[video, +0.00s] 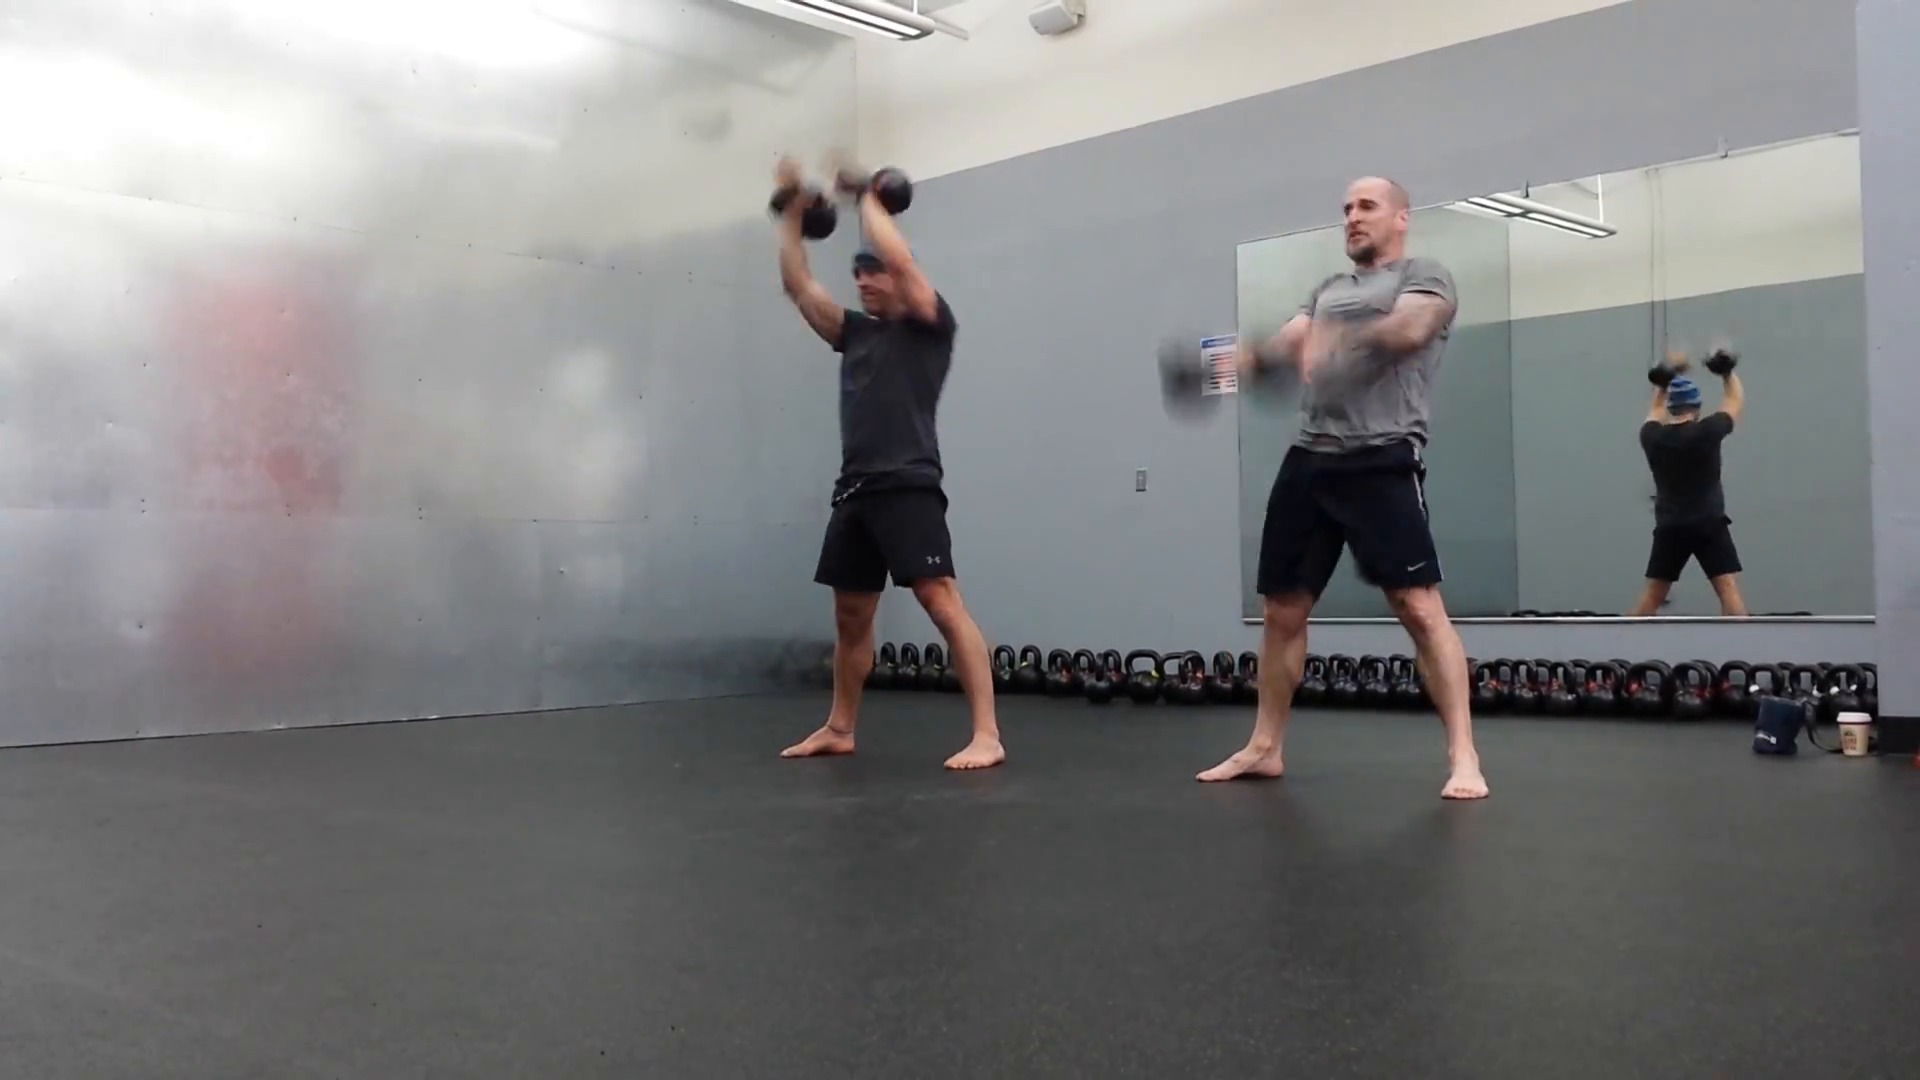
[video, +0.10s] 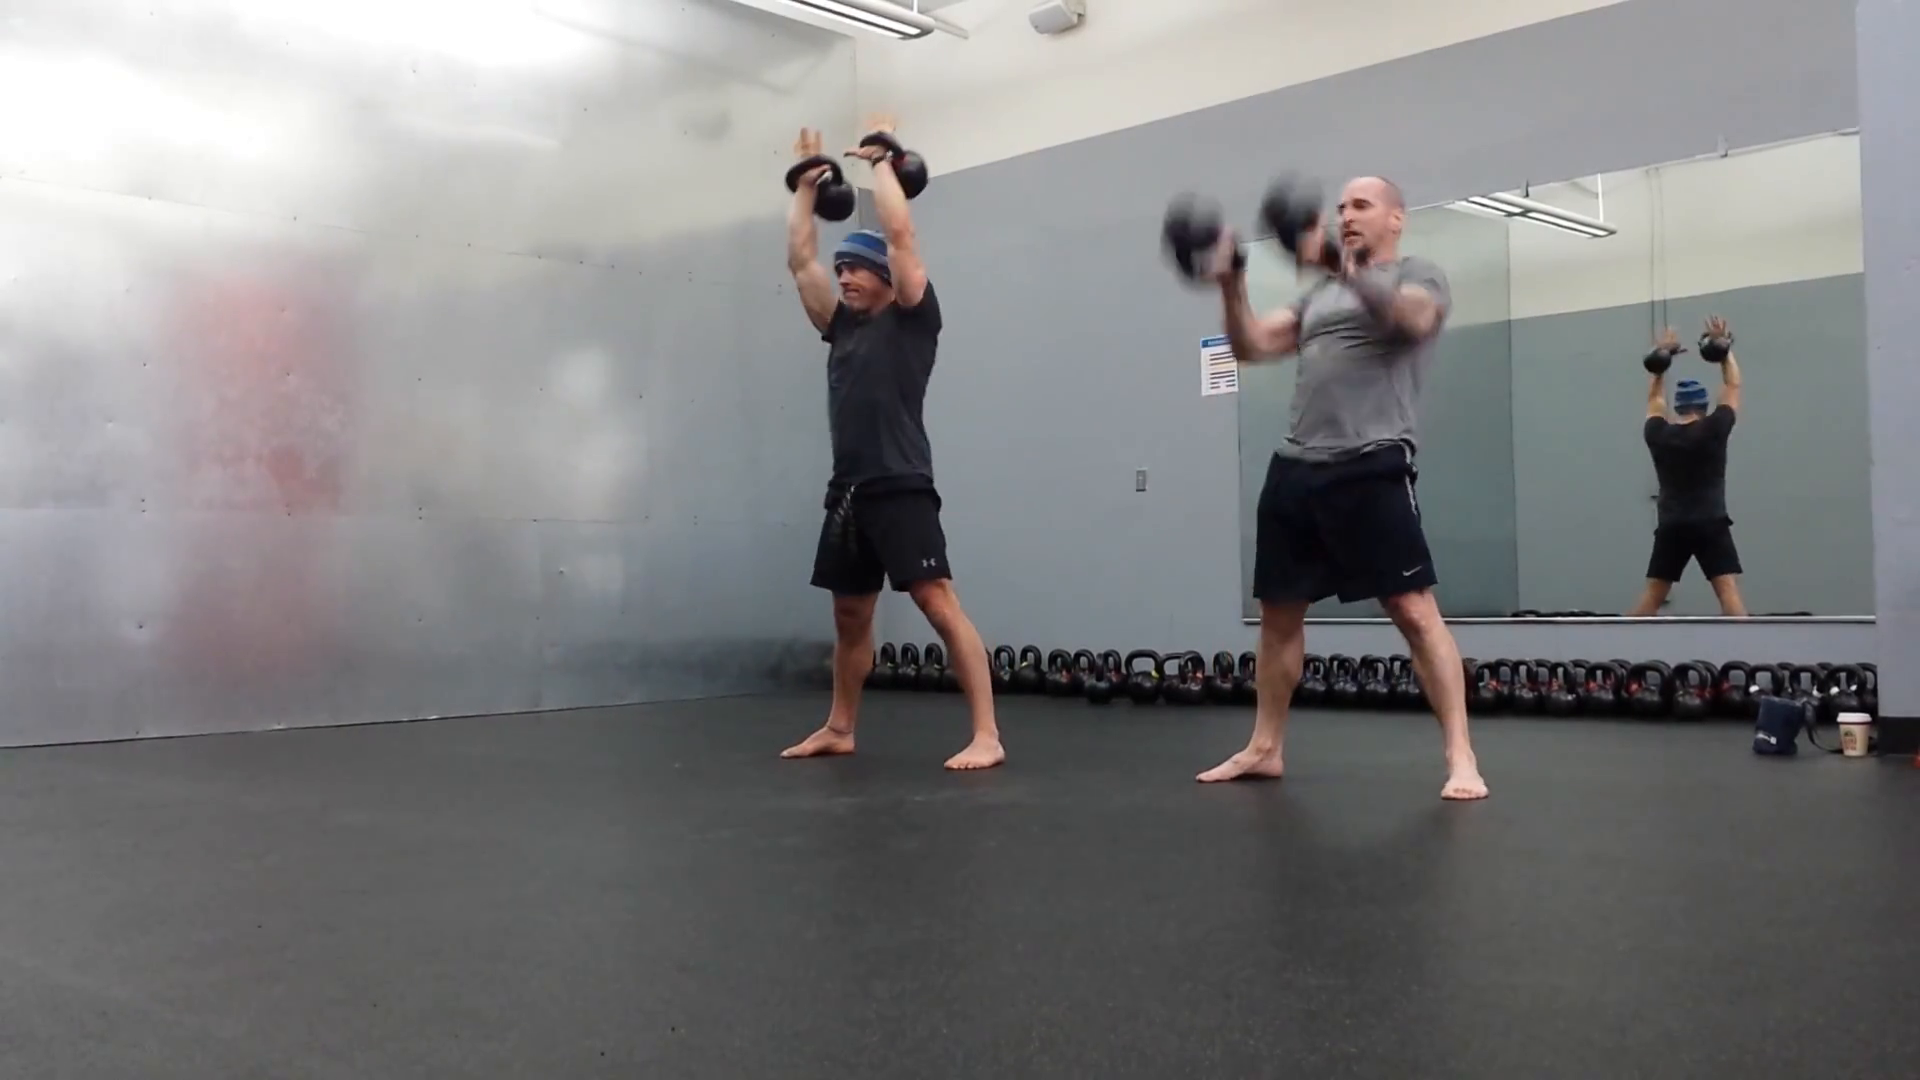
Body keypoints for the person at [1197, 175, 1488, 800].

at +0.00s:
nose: (1353, 218)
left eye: (1367, 206)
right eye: (1347, 210)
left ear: (1402, 218)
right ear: (1343, 225)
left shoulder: (1427, 278)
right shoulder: (1328, 292)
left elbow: (1406, 332)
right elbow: (1289, 344)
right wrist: (1248, 358)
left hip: (1384, 466)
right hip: (1311, 466)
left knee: (1420, 610)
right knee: (1282, 611)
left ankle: (1463, 757)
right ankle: (1264, 746)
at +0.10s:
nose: (1347, 216)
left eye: (1361, 205)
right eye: (1341, 208)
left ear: (1398, 219)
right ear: (1334, 224)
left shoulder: (1419, 276)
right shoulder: (1320, 295)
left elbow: (1415, 321)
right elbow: (1253, 344)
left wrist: (1341, 266)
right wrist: (1231, 282)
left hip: (1374, 468)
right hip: (1297, 471)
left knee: (1413, 612)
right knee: (1279, 613)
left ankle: (1461, 757)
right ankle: (1265, 747)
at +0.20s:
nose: (1323, 210)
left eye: (1334, 199)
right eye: (1316, 201)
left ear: (1363, 209)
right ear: (1309, 213)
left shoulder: (1393, 269)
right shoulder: (1297, 280)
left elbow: (1409, 264)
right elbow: (1211, 285)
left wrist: (1364, 195)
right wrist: (1221, 215)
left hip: (1367, 465)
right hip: (1289, 468)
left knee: (1412, 612)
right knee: (1280, 613)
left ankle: (1457, 755)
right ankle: (1264, 744)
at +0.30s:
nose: (1297, 202)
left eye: (1312, 189)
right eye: (1292, 193)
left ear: (1351, 194)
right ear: (1289, 202)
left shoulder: (1379, 256)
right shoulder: (1280, 265)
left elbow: (1381, 180)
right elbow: (1208, 212)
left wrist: (1337, 94)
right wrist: (1219, 126)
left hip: (1363, 464)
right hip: (1286, 468)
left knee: (1412, 614)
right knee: (1282, 617)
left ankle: (1459, 759)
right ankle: (1264, 745)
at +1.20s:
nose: (1335, 202)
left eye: (1348, 193)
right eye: (1329, 195)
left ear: (1375, 208)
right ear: (1322, 214)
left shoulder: (1399, 278)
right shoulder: (1297, 287)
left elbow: (1380, 271)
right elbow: (1222, 287)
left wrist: (1368, 191)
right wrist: (1248, 209)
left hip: (1370, 477)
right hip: (1292, 476)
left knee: (1414, 617)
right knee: (1285, 619)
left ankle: (1459, 761)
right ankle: (1265, 746)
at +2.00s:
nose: (1341, 205)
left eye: (1356, 194)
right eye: (1336, 196)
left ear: (1391, 205)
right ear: (1330, 210)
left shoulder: (1416, 278)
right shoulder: (1313, 282)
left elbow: (1390, 340)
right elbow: (1266, 361)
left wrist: (1334, 286)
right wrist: (1251, 299)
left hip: (1386, 472)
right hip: (1310, 472)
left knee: (1423, 615)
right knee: (1289, 614)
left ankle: (1462, 759)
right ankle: (1264, 746)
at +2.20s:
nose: (1348, 219)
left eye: (1362, 207)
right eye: (1343, 210)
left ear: (1396, 214)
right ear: (1337, 220)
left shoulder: (1425, 285)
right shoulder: (1323, 297)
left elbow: (1386, 335)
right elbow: (1283, 351)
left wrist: (1316, 360)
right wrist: (1228, 369)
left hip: (1406, 475)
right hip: (1332, 475)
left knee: (1436, 611)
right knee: (1285, 608)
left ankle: (1463, 759)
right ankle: (1264, 746)